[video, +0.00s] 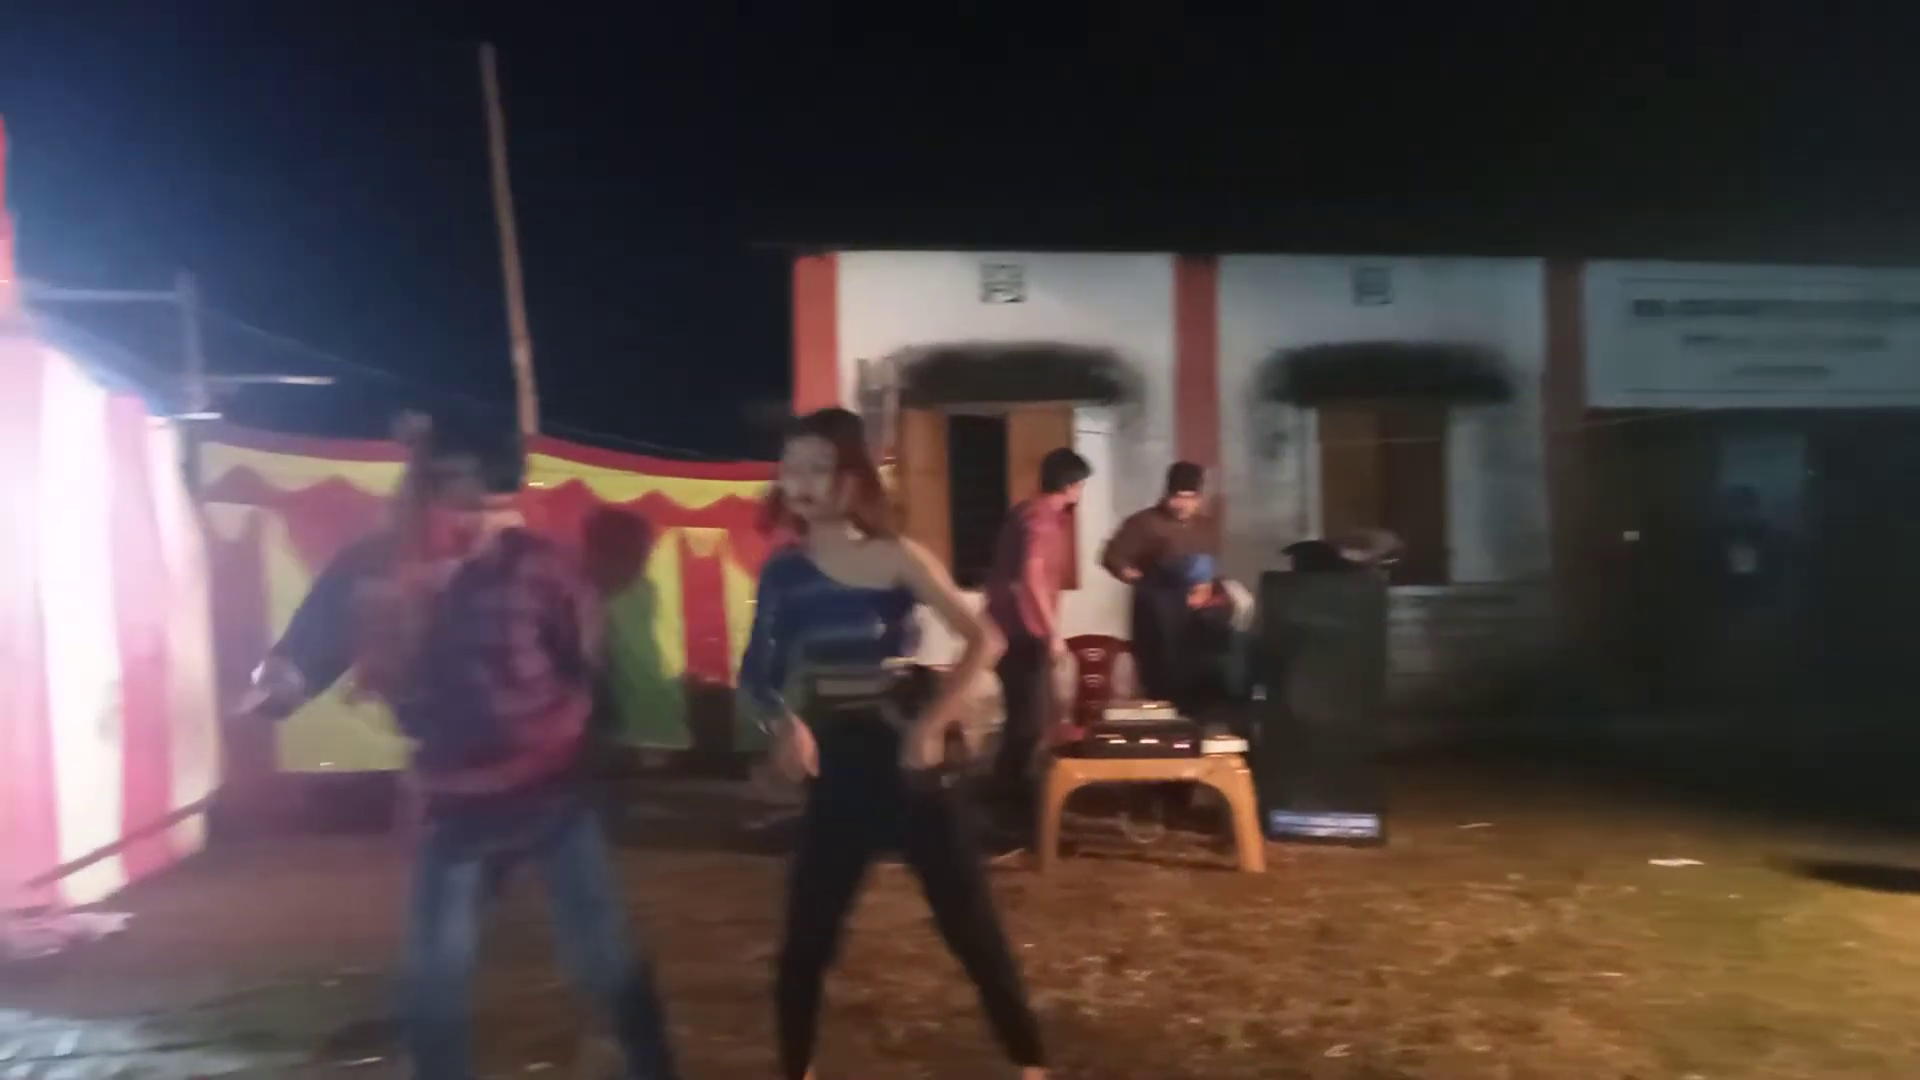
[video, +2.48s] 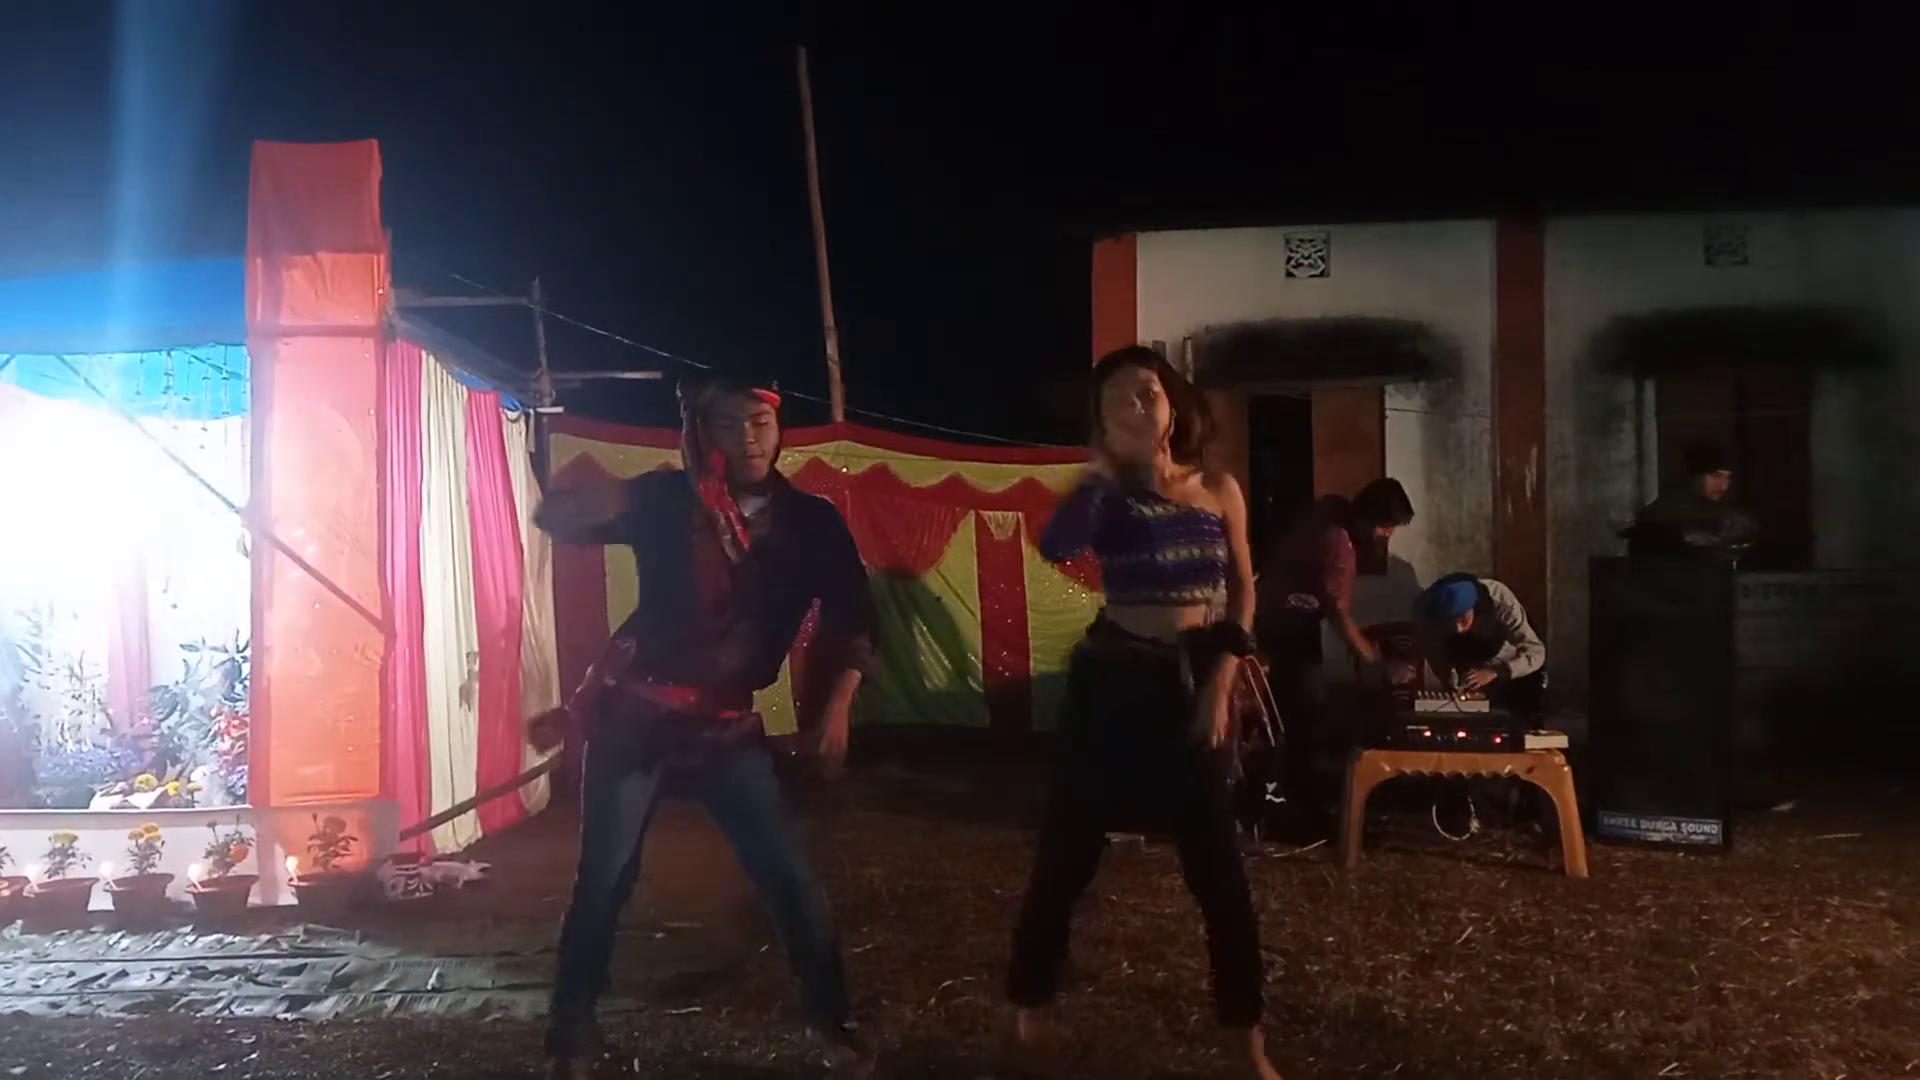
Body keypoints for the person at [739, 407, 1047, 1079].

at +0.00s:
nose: (802, 483)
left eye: (820, 468)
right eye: (792, 467)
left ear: (853, 476)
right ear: (780, 476)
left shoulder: (898, 557)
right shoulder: (784, 571)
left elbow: (983, 638)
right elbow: (753, 674)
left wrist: (935, 720)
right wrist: (785, 722)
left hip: (905, 745)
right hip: (832, 755)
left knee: (966, 917)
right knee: (807, 935)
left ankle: (1031, 1062)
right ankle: (794, 1066)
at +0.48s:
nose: (1059, 465)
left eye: (1064, 451)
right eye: (1044, 451)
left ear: (1071, 461)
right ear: (1006, 460)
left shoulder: (1082, 539)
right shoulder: (976, 549)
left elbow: (1111, 632)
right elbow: (971, 652)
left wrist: (1135, 700)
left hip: (1064, 737)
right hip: (988, 740)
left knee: (1110, 912)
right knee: (972, 922)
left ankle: (1176, 1061)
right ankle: (955, 1064)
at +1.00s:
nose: (1183, 448)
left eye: (1184, 435)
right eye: (1172, 434)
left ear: (1172, 440)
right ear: (1135, 436)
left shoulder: (1158, 523)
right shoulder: (1092, 513)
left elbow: (1185, 609)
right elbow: (1106, 594)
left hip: (1126, 700)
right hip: (1063, 702)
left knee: (1160, 891)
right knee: (1021, 887)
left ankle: (1150, 1052)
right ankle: (923, 1045)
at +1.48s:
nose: (1097, 411)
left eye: (1111, 397)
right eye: (1084, 397)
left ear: (1134, 405)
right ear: (1064, 407)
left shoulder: (1169, 476)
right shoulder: (1050, 485)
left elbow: (1242, 557)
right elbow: (1027, 593)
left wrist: (1193, 494)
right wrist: (1022, 524)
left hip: (1168, 669)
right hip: (1089, 668)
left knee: (1193, 854)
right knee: (1059, 850)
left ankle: (1193, 1022)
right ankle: (1036, 1023)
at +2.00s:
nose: (1078, 441)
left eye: (1093, 426)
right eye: (1066, 426)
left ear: (1118, 433)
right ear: (1045, 434)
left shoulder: (1155, 498)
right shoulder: (1057, 521)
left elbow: (1185, 595)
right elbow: (1012, 612)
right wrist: (1001, 526)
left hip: (1195, 685)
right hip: (1126, 697)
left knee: (1253, 864)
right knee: (1094, 873)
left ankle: (1333, 1038)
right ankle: (1085, 1040)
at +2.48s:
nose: (1137, 408)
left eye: (1148, 395)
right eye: (1122, 399)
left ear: (1172, 409)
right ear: (1103, 419)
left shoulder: (1218, 492)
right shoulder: (1098, 494)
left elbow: (1242, 590)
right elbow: (1055, 549)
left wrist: (1222, 681)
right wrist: (1103, 473)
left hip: (1195, 678)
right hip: (1115, 672)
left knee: (1216, 858)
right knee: (1068, 847)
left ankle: (1250, 1036)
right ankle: (1024, 1018)